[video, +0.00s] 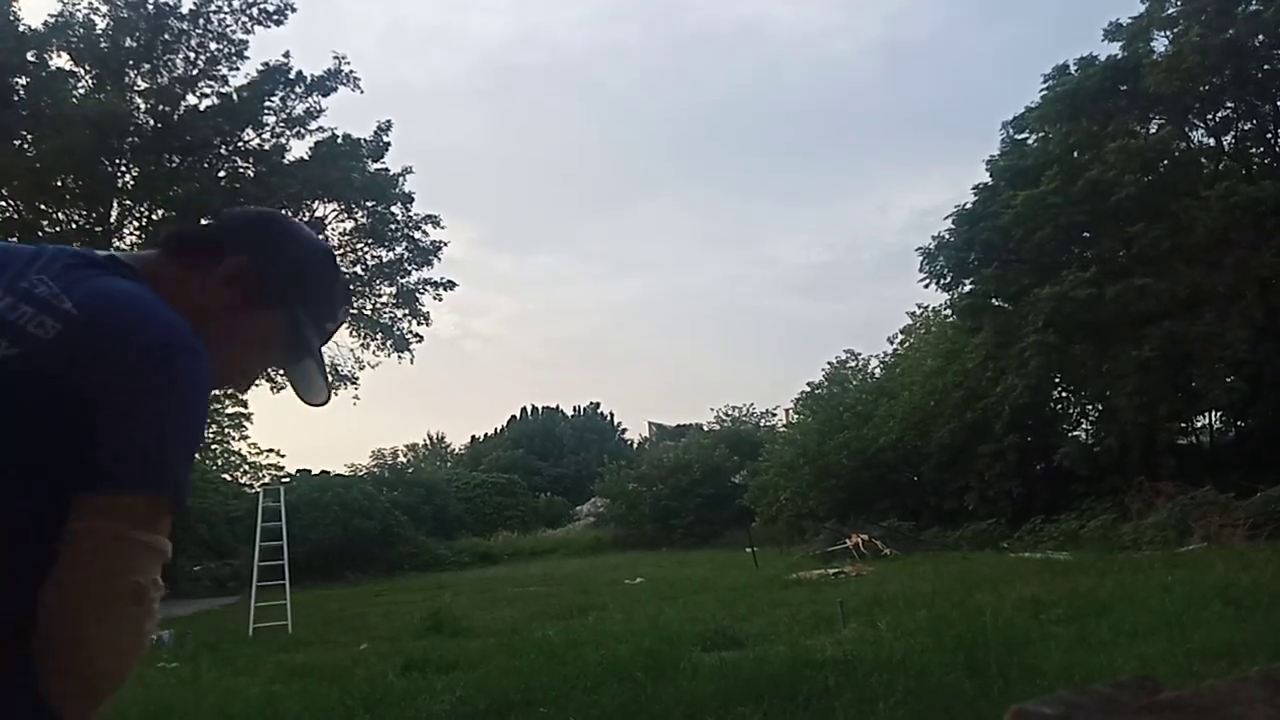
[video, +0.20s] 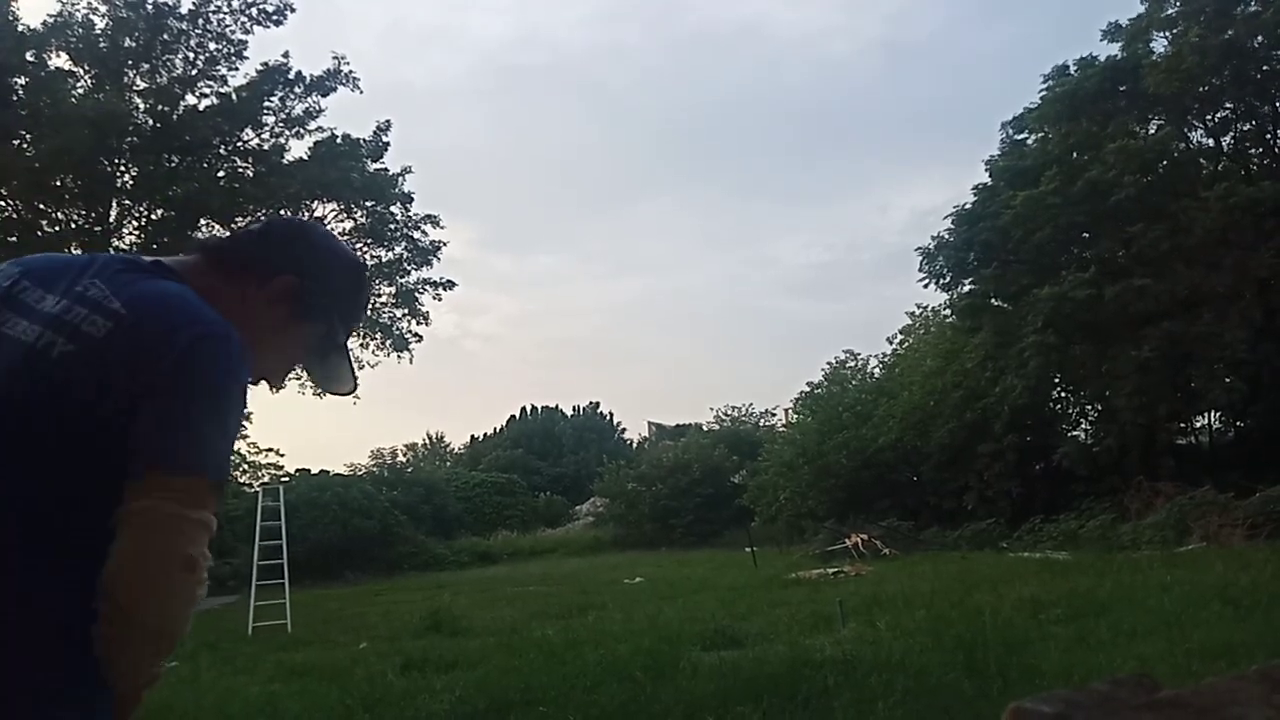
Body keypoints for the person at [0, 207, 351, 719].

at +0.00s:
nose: (251, 384)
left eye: (273, 369)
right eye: (271, 357)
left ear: (228, 277)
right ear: (231, 283)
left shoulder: (16, 262)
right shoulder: (159, 350)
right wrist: (69, 704)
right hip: (13, 695)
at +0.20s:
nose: (279, 380)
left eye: (297, 367)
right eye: (298, 356)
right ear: (278, 297)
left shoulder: (28, 271)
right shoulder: (200, 346)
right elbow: (157, 582)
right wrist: (113, 698)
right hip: (42, 689)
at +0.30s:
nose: (278, 366)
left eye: (296, 355)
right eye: (296, 346)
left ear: (231, 251)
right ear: (292, 298)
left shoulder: (39, 276)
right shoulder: (210, 343)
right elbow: (180, 561)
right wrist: (138, 687)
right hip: (56, 680)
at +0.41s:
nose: (278, 353)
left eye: (293, 345)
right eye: (291, 336)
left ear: (213, 254)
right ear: (285, 298)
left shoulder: (36, 294)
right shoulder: (212, 346)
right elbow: (201, 567)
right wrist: (150, 685)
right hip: (77, 681)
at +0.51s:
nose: (269, 342)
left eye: (281, 331)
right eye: (279, 323)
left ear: (194, 258)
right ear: (265, 292)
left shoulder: (34, 306)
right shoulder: (209, 347)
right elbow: (211, 567)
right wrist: (172, 668)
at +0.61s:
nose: (251, 339)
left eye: (261, 328)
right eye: (258, 320)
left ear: (166, 269)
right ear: (243, 298)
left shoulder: (30, 324)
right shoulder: (206, 355)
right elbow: (224, 555)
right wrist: (191, 650)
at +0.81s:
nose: (203, 344)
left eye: (206, 332)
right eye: (204, 330)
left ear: (105, 308)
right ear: (196, 324)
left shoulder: (11, 376)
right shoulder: (198, 392)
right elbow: (231, 570)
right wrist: (184, 668)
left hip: (15, 678)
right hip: (136, 682)